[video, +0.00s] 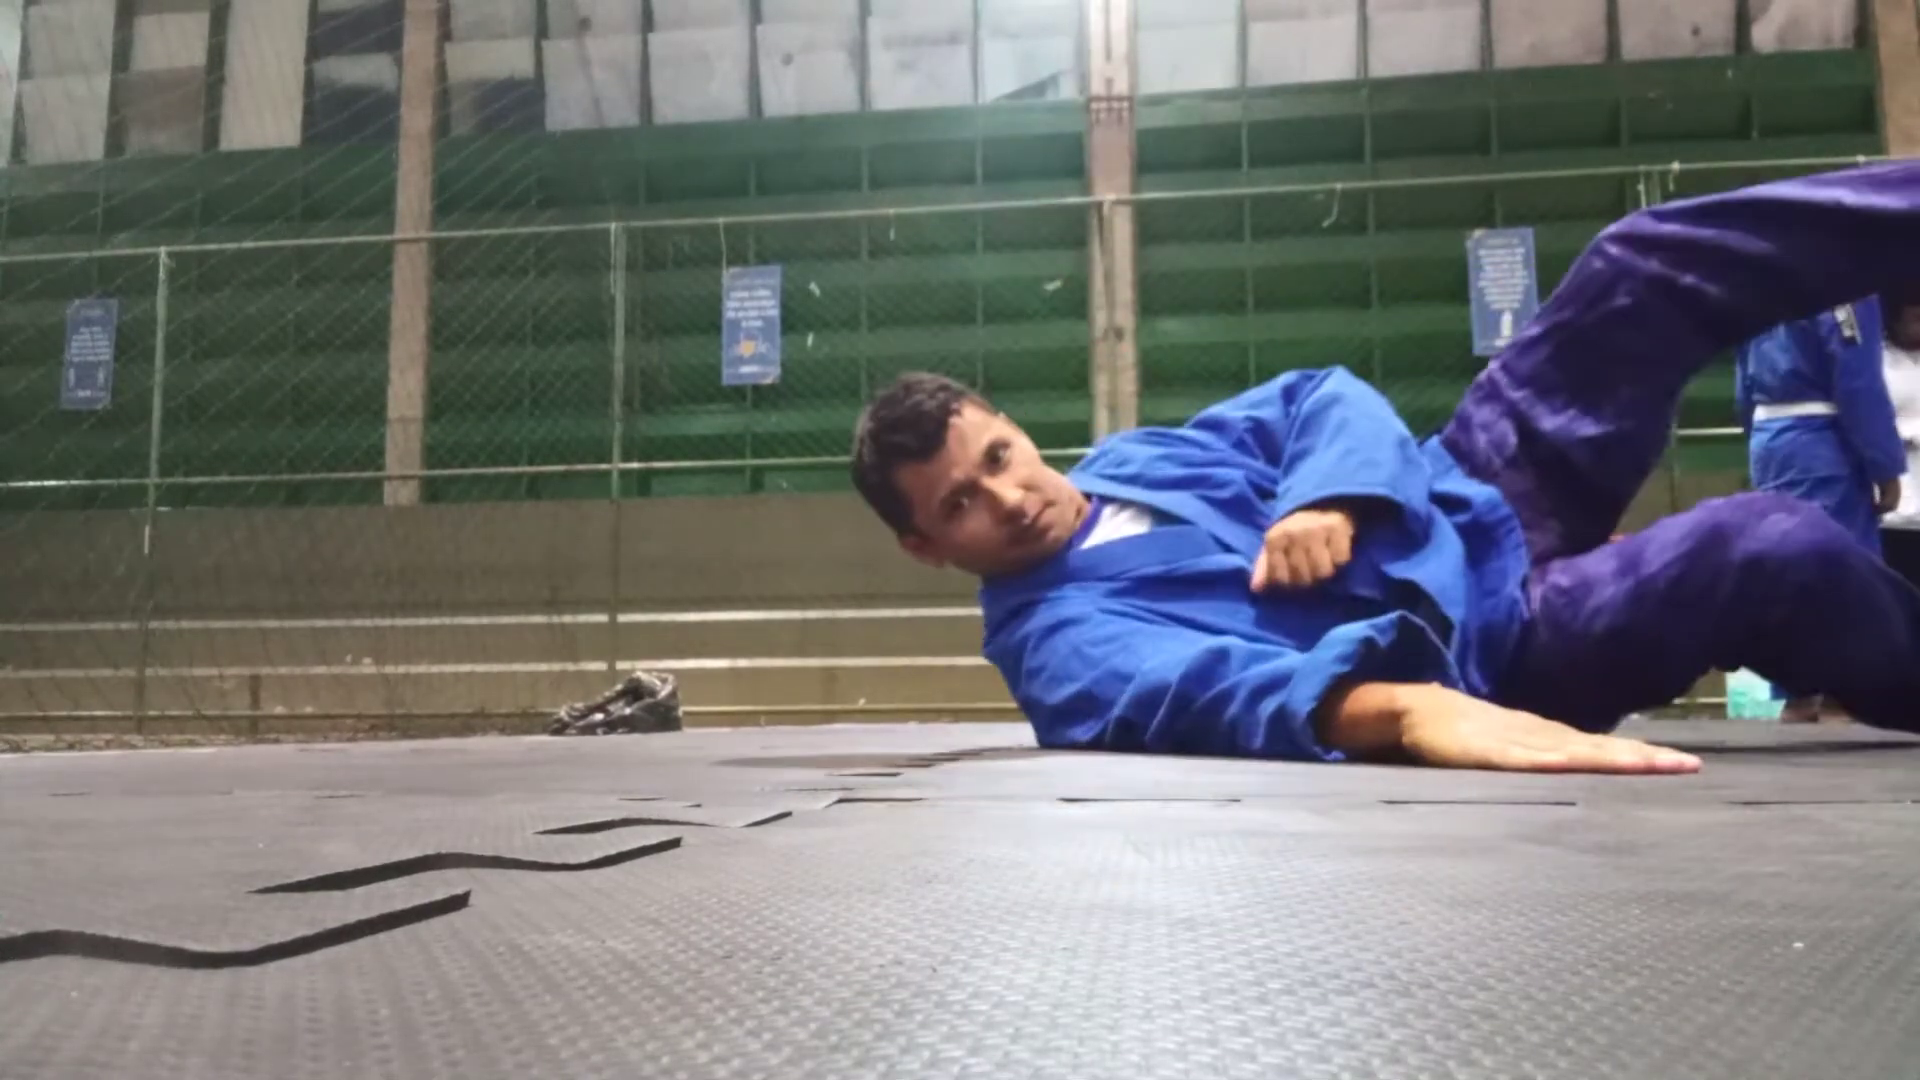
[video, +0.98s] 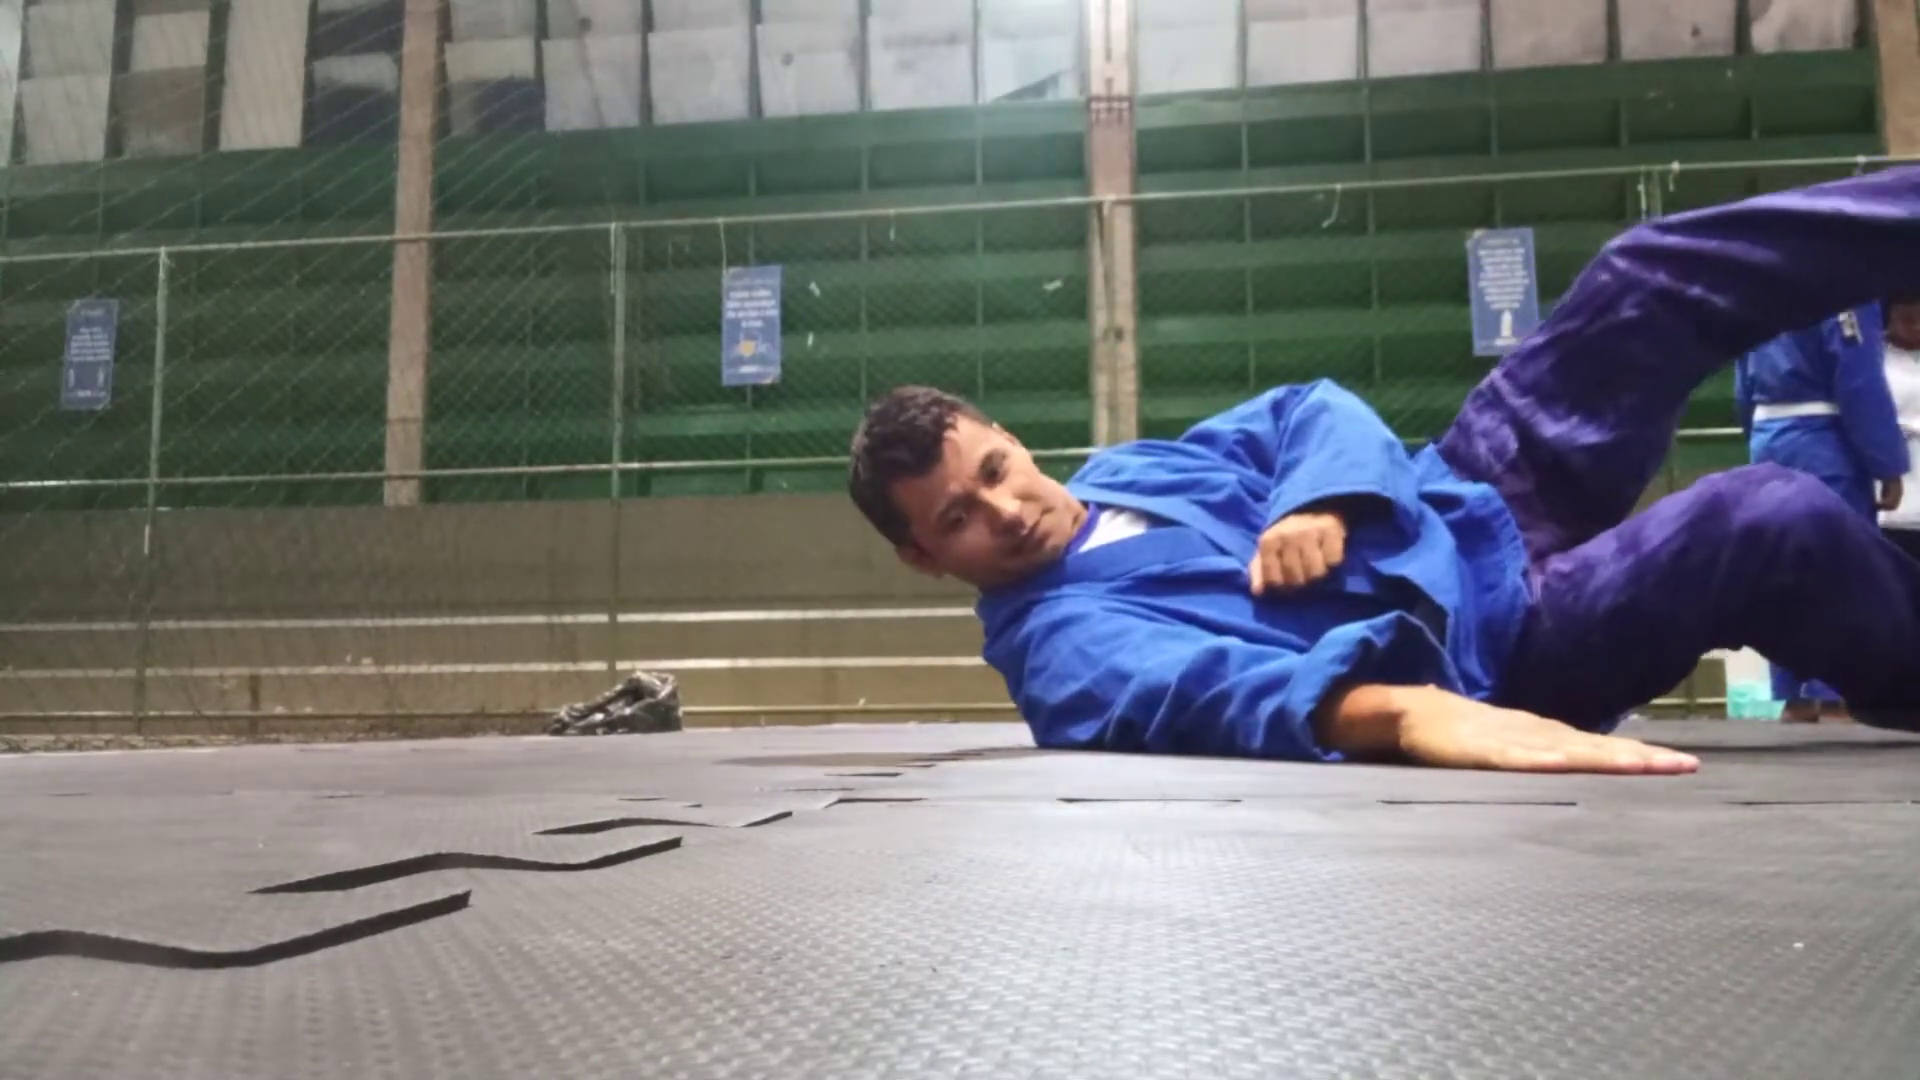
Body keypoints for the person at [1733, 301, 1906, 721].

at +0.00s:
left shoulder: (1759, 287)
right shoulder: (1843, 282)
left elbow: (1746, 386)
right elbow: (1858, 385)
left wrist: (1763, 436)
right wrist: (1887, 465)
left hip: (1766, 435)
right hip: (1821, 434)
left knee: (1787, 560)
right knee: (1843, 567)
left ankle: (1799, 695)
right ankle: (1838, 696)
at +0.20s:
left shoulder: (1762, 288)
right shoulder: (1846, 286)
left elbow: (1746, 383)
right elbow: (1857, 385)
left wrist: (1763, 433)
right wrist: (1886, 465)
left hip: (1767, 436)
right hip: (1820, 435)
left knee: (1784, 560)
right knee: (1840, 566)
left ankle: (1797, 695)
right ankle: (1834, 693)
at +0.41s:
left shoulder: (1760, 292)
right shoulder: (1846, 289)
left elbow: (1745, 386)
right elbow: (1858, 387)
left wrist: (1763, 435)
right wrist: (1888, 465)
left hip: (1767, 438)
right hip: (1823, 437)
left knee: (1782, 560)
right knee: (1836, 566)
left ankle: (1795, 695)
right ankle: (1832, 694)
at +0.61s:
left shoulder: (1762, 289)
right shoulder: (1846, 288)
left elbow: (1746, 384)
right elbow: (1858, 384)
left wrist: (1763, 434)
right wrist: (1889, 464)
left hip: (1768, 437)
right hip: (1824, 437)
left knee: (1783, 560)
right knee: (1838, 565)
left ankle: (1795, 695)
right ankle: (1832, 695)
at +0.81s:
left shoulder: (1761, 288)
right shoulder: (1846, 288)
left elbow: (1745, 383)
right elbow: (1859, 384)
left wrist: (1762, 433)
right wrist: (1889, 463)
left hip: (1768, 436)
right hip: (1823, 436)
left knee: (1784, 557)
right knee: (1836, 563)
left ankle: (1794, 695)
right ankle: (1830, 694)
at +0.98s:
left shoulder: (1759, 292)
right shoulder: (1843, 286)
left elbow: (1745, 385)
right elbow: (1860, 383)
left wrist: (1762, 436)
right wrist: (1888, 464)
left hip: (1767, 436)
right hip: (1824, 435)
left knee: (1785, 559)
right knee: (1835, 564)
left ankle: (1794, 694)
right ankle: (1830, 694)